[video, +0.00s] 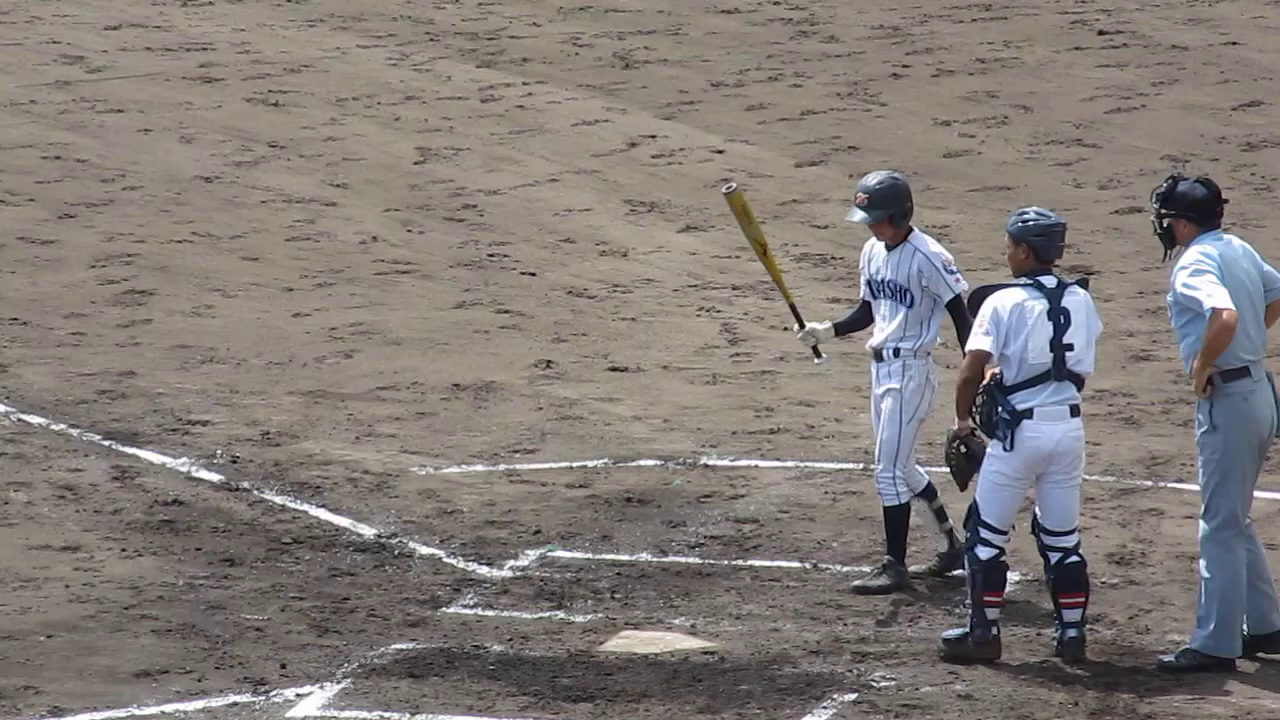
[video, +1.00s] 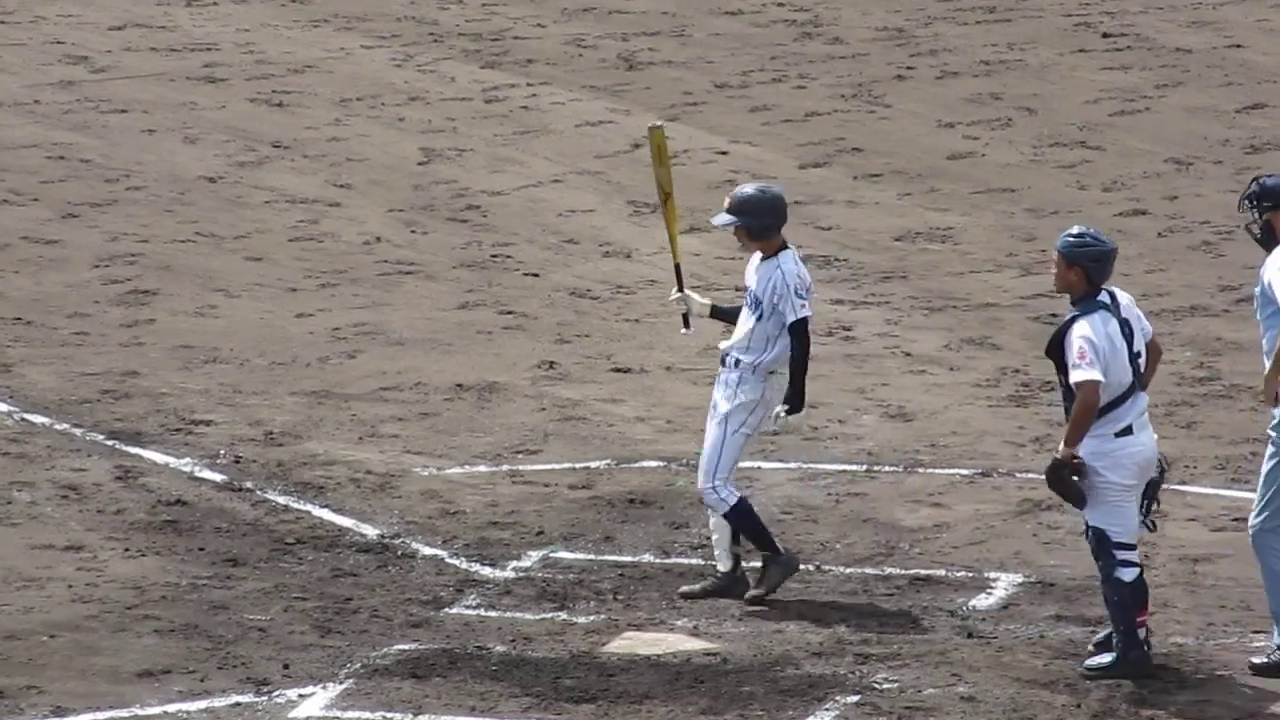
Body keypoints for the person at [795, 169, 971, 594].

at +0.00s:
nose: (869, 226)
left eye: (874, 219)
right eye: (867, 219)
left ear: (895, 217)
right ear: (877, 217)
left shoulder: (930, 257)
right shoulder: (873, 250)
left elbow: (962, 315)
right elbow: (868, 310)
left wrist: (974, 370)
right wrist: (829, 329)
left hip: (909, 372)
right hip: (882, 370)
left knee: (889, 470)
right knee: (900, 466)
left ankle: (894, 566)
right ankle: (953, 544)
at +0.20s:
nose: (860, 227)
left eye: (865, 220)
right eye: (858, 220)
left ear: (887, 217)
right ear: (866, 217)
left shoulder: (920, 257)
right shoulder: (863, 248)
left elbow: (941, 316)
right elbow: (857, 309)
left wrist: (941, 369)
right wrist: (813, 322)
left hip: (895, 370)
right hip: (863, 367)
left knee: (892, 467)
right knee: (852, 466)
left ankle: (897, 563)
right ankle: (916, 529)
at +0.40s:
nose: (839, 231)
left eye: (842, 224)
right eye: (837, 224)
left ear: (861, 220)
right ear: (854, 221)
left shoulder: (901, 259)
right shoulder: (846, 250)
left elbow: (918, 323)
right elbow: (844, 305)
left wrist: (897, 377)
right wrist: (799, 315)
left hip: (879, 373)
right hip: (842, 370)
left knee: (888, 472)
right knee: (808, 459)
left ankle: (898, 562)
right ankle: (826, 554)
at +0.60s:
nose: (805, 239)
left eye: (808, 232)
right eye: (803, 233)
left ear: (829, 226)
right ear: (822, 227)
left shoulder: (871, 265)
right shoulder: (819, 258)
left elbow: (885, 330)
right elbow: (821, 309)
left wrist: (847, 371)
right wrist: (773, 313)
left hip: (849, 379)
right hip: (813, 376)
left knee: (872, 474)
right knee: (777, 466)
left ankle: (899, 564)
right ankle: (744, 559)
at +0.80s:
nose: (765, 239)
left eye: (768, 233)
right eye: (764, 233)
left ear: (789, 229)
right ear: (791, 228)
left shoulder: (827, 269)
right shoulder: (783, 261)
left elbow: (836, 335)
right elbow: (782, 314)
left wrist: (798, 377)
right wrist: (735, 312)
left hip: (793, 385)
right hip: (762, 378)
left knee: (814, 486)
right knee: (733, 472)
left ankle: (880, 548)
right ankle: (733, 568)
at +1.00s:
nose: (735, 233)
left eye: (739, 227)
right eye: (734, 226)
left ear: (760, 227)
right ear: (762, 226)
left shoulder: (788, 273)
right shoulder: (760, 260)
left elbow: (800, 338)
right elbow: (753, 315)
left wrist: (795, 398)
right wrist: (706, 307)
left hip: (751, 387)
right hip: (731, 380)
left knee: (714, 485)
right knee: (710, 481)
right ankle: (728, 573)